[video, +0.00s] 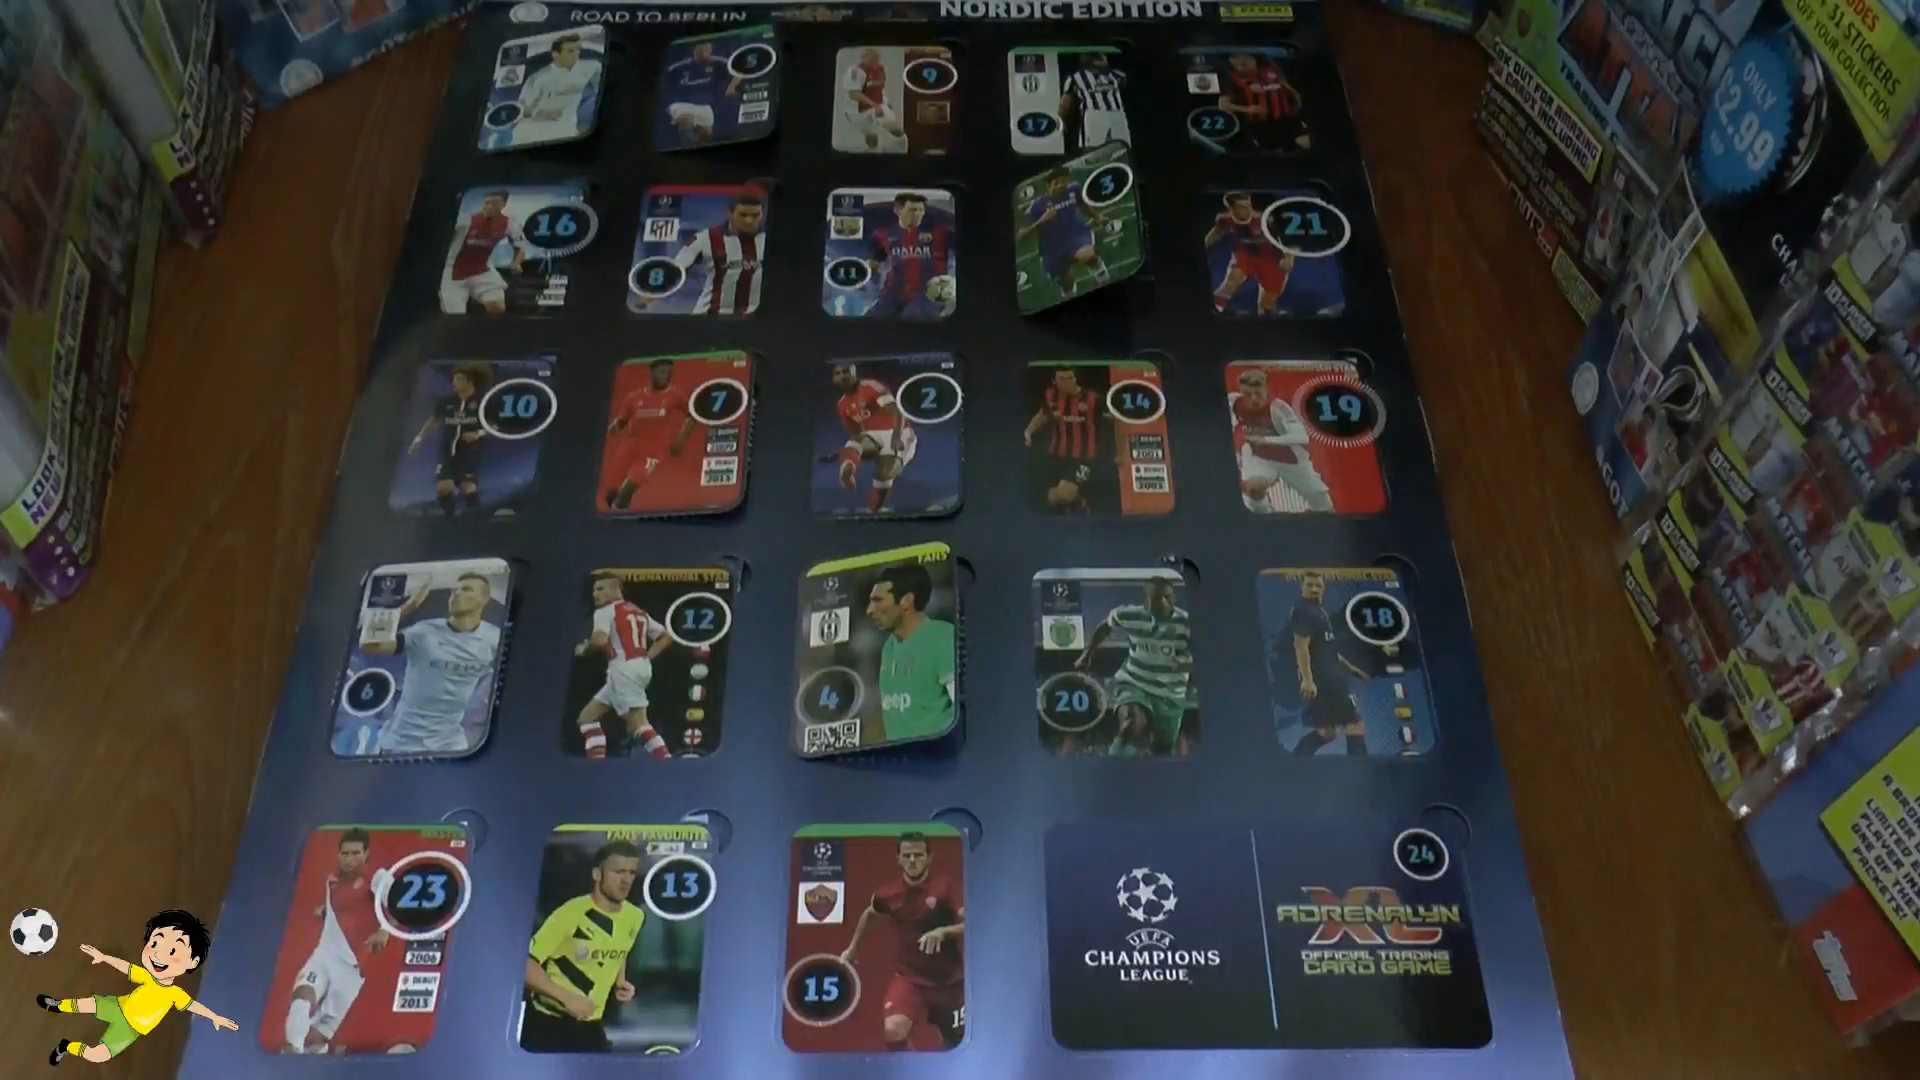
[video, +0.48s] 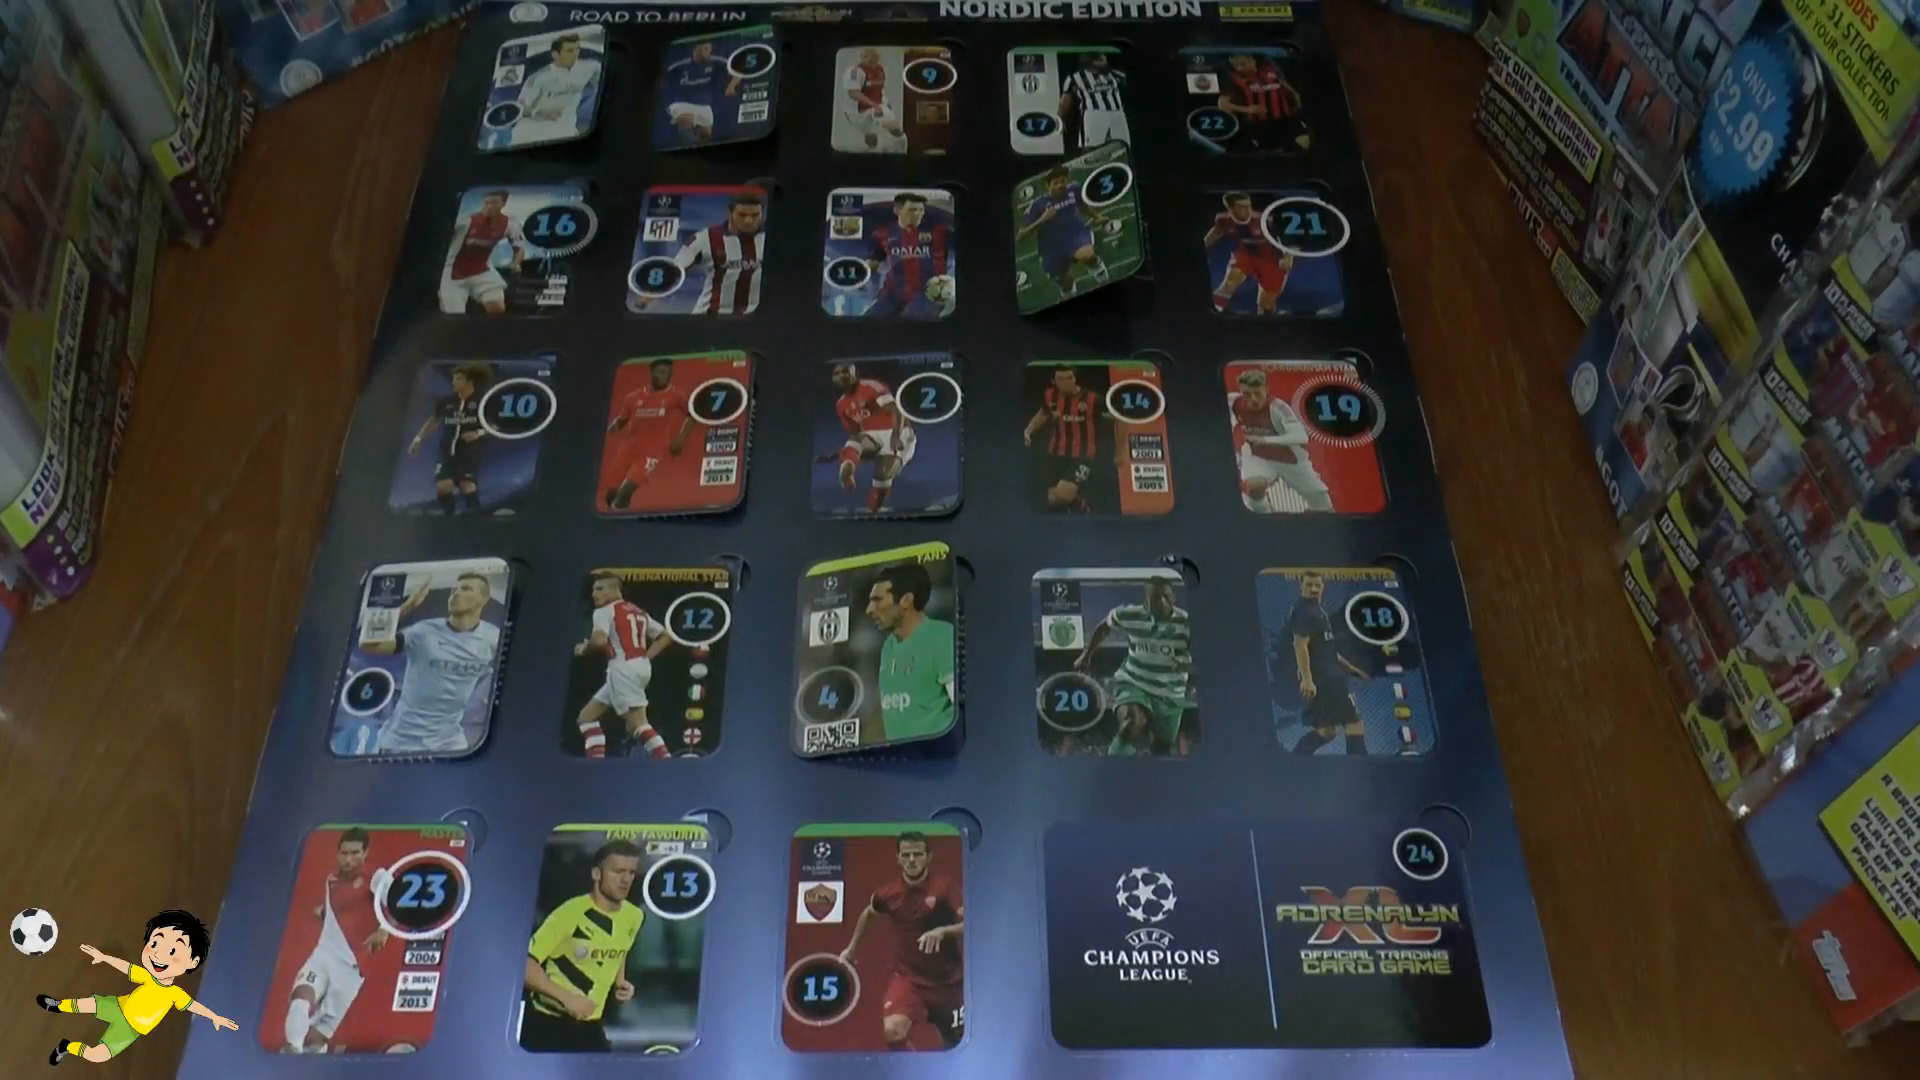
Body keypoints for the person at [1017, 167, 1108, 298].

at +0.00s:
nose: (1060, 186)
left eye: (1063, 182)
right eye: (1056, 183)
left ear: (1068, 182)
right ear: (1049, 186)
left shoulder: (1074, 191)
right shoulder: (1038, 204)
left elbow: (1083, 206)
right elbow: (1022, 234)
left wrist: (1096, 217)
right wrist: (1042, 220)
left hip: (1075, 235)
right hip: (1052, 248)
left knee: (1086, 256)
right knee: (1066, 281)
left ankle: (1096, 266)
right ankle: (1069, 292)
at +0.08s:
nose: (1060, 186)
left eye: (1063, 182)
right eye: (1056, 183)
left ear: (1067, 182)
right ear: (1049, 186)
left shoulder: (1074, 191)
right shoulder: (1039, 204)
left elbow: (1083, 206)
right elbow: (1021, 234)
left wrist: (1097, 217)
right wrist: (1042, 220)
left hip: (1075, 234)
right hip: (1052, 247)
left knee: (1086, 256)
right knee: (1066, 281)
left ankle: (1096, 266)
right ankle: (1069, 292)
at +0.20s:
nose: (1060, 186)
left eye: (1063, 182)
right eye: (1056, 184)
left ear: (1068, 182)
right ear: (1049, 186)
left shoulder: (1075, 191)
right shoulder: (1039, 204)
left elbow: (1083, 206)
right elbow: (1021, 235)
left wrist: (1097, 217)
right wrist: (1042, 219)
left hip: (1076, 234)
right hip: (1052, 247)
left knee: (1087, 256)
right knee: (1067, 283)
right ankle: (1069, 293)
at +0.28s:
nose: (1060, 186)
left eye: (1063, 182)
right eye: (1056, 184)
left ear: (1068, 182)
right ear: (1049, 186)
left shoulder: (1074, 191)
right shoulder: (1039, 204)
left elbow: (1083, 206)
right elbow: (1022, 234)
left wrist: (1097, 217)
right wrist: (1042, 219)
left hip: (1076, 235)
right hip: (1053, 248)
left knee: (1087, 256)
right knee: (1066, 283)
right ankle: (1069, 294)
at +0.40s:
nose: (1060, 186)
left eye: (1062, 182)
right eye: (1056, 184)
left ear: (1067, 182)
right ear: (1049, 186)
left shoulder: (1074, 191)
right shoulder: (1038, 204)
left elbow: (1083, 205)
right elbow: (1021, 235)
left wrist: (1096, 217)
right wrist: (1042, 220)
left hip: (1076, 235)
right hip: (1052, 248)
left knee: (1086, 256)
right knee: (1066, 283)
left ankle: (1096, 266)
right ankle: (1069, 293)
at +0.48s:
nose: (1060, 186)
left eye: (1062, 182)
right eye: (1055, 183)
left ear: (1067, 182)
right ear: (1048, 186)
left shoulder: (1074, 191)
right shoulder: (1038, 204)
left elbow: (1082, 205)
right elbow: (1021, 235)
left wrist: (1096, 217)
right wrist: (1042, 219)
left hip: (1076, 235)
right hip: (1052, 248)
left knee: (1086, 256)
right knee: (1066, 282)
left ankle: (1096, 267)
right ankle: (1068, 293)